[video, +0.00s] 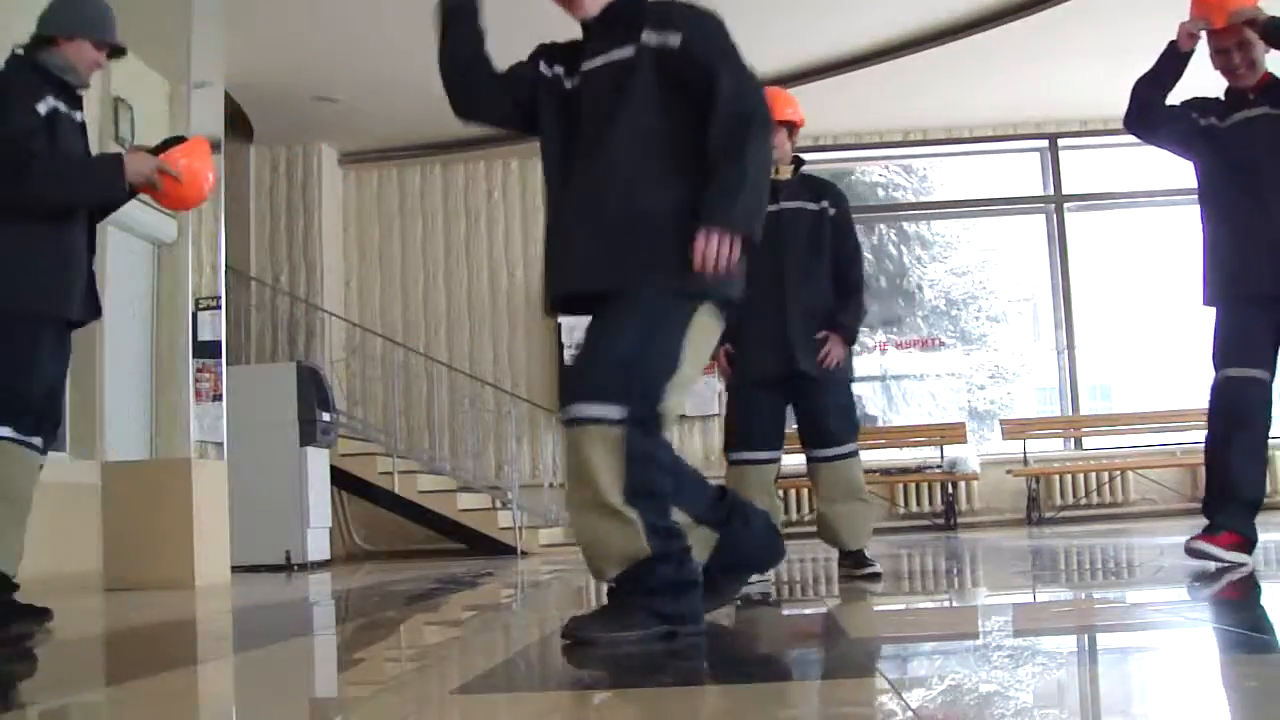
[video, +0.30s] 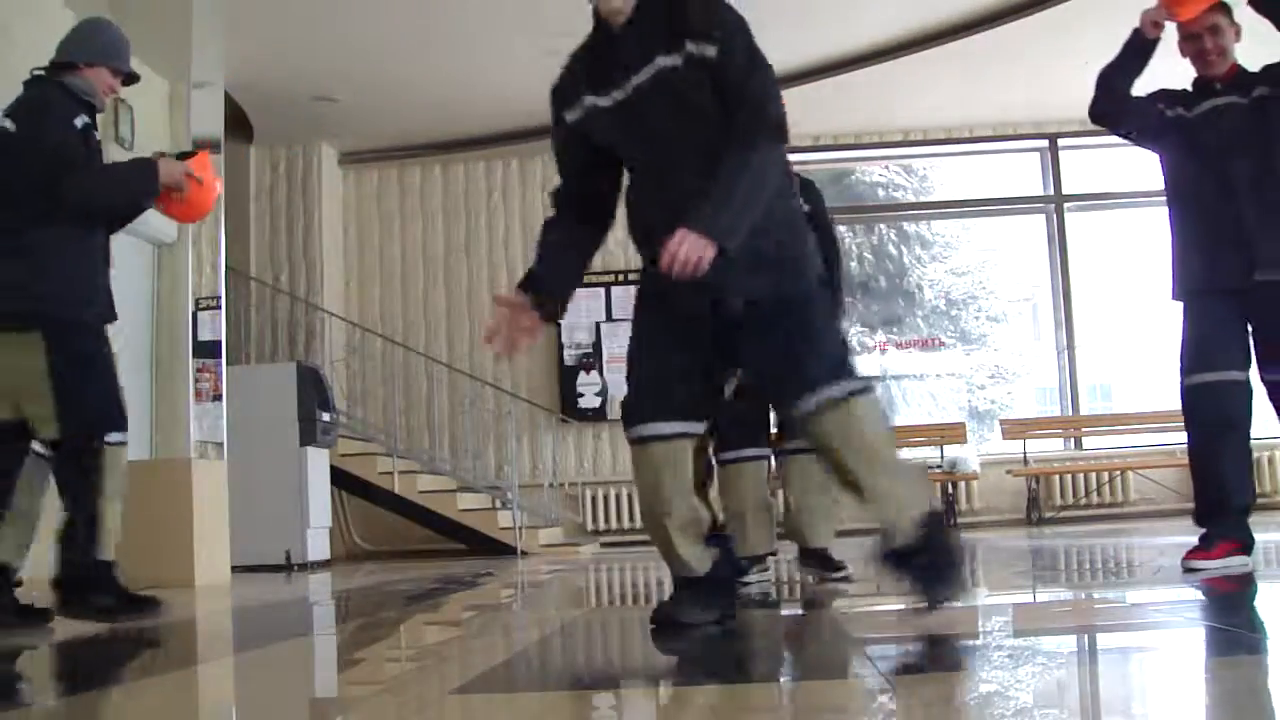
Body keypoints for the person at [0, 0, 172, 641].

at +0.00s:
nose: (105, 61)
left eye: (108, 52)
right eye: (101, 48)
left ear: (72, 41)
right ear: (68, 39)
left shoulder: (59, 102)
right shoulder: (21, 91)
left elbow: (67, 201)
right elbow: (31, 183)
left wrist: (131, 181)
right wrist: (119, 170)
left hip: (45, 306)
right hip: (21, 305)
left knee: (28, 444)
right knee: (18, 443)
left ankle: (6, 586)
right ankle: (3, 589)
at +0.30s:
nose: (119, 90)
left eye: (122, 80)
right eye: (116, 77)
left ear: (75, 66)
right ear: (89, 66)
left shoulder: (27, 111)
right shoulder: (57, 115)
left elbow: (78, 207)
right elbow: (77, 194)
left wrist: (148, 186)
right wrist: (153, 173)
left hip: (18, 313)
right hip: (53, 314)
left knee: (16, 450)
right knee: (94, 439)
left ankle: (4, 583)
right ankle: (86, 580)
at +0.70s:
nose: (175, 96)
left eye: (177, 87)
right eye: (167, 84)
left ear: (153, 88)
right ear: (136, 84)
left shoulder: (128, 139)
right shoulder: (120, 138)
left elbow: (149, 228)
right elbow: (132, 228)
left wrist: (223, 213)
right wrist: (211, 205)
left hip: (110, 327)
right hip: (115, 329)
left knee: (104, 446)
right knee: (129, 454)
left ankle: (26, 546)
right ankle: (140, 587)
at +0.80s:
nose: (186, 100)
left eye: (188, 91)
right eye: (178, 89)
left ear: (161, 92)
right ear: (148, 88)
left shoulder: (144, 143)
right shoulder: (128, 140)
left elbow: (162, 232)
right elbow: (139, 227)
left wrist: (225, 215)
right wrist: (215, 203)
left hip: (137, 324)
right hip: (124, 325)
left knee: (138, 448)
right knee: (136, 450)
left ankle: (56, 546)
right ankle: (141, 586)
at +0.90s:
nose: (193, 108)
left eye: (197, 99)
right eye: (185, 97)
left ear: (186, 103)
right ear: (158, 96)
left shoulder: (163, 152)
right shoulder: (131, 145)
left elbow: (187, 234)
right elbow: (152, 218)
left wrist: (253, 199)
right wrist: (226, 181)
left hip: (157, 322)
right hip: (135, 321)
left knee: (157, 444)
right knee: (143, 450)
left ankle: (107, 557)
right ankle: (140, 582)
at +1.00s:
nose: (205, 122)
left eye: (208, 115)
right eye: (200, 111)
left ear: (190, 114)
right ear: (175, 105)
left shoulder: (178, 159)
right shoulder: (139, 145)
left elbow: (226, 224)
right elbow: (175, 186)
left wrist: (268, 174)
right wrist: (228, 147)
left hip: (175, 321)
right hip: (148, 319)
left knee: (185, 450)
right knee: (149, 453)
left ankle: (172, 577)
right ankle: (137, 585)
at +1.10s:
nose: (214, 137)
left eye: (217, 129)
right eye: (210, 126)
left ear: (195, 124)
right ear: (186, 118)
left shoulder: (202, 183)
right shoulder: (137, 150)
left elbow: (257, 211)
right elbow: (164, 181)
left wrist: (271, 148)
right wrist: (210, 124)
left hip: (193, 329)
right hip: (156, 325)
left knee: (205, 453)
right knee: (163, 455)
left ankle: (203, 573)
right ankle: (142, 582)